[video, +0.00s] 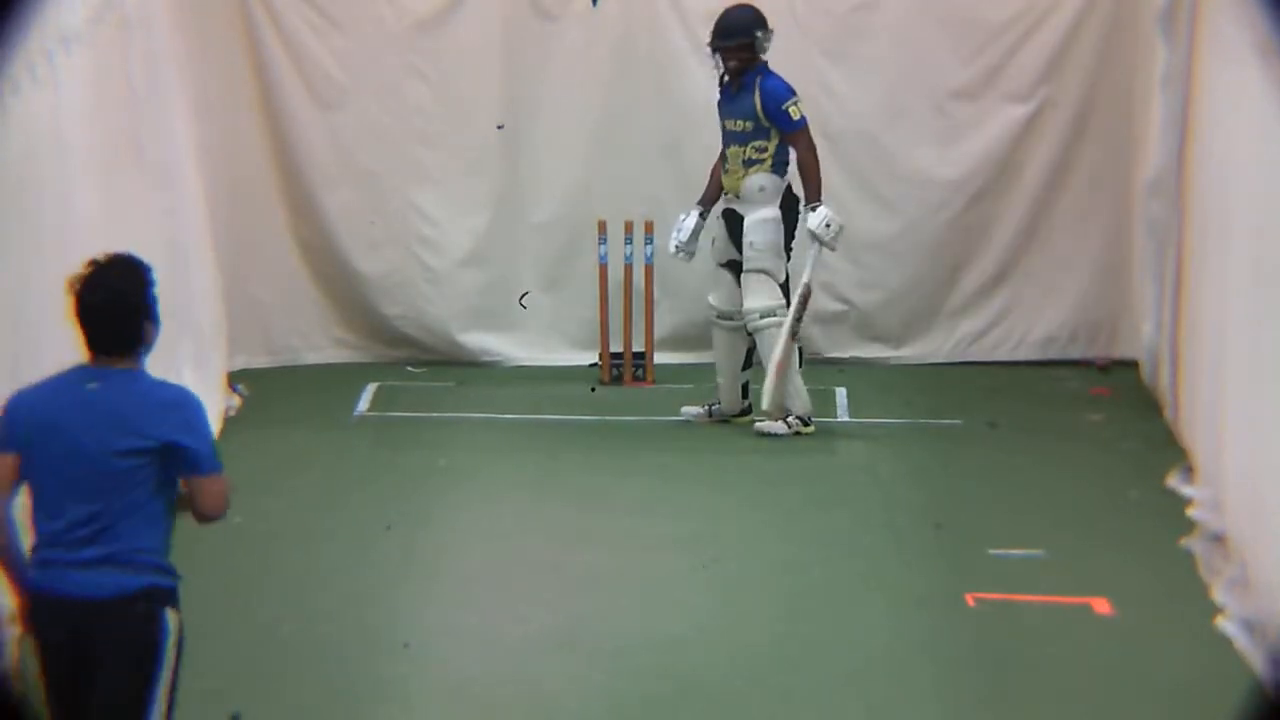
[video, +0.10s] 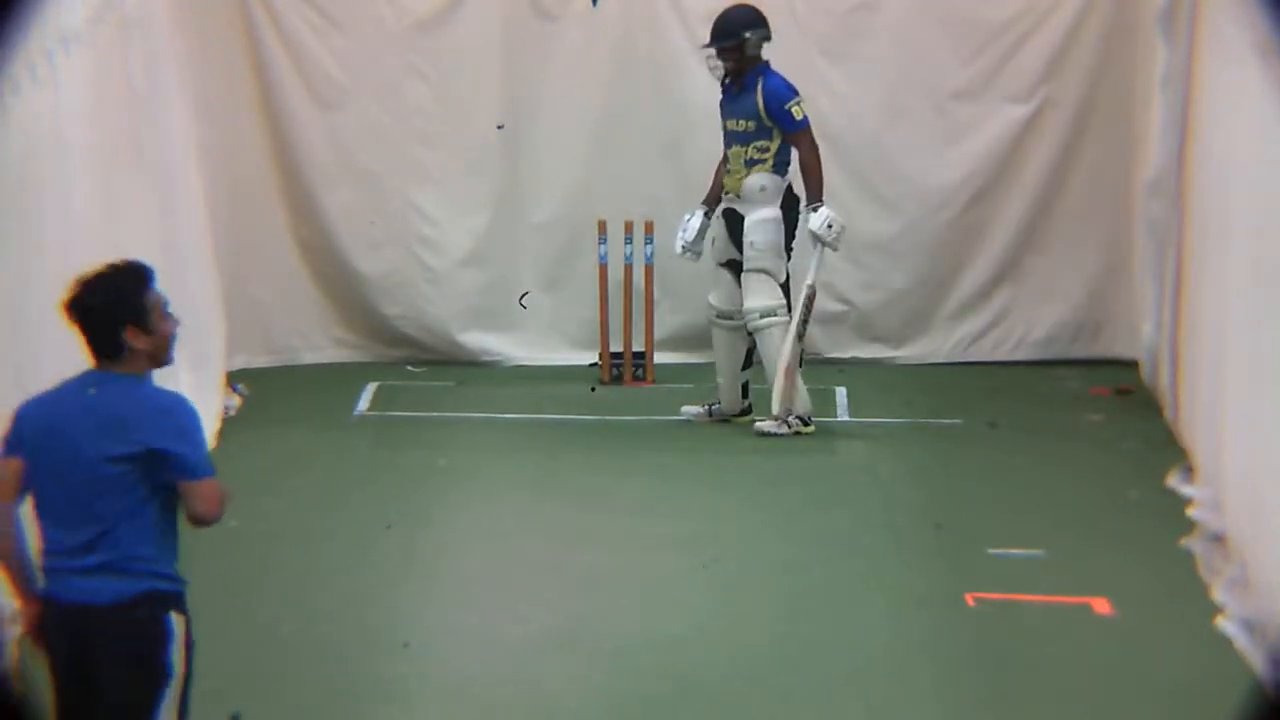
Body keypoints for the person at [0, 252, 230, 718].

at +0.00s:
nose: (157, 323)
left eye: (154, 310)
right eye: (155, 312)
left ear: (84, 323)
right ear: (147, 327)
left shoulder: (28, 406)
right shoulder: (173, 405)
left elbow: (2, 504)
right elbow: (211, 505)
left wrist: (23, 588)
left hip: (54, 610)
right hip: (138, 611)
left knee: (68, 710)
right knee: (138, 710)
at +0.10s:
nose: (175, 324)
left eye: (168, 311)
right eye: (164, 314)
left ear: (101, 338)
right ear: (133, 335)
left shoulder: (36, 414)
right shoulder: (166, 409)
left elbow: (3, 507)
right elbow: (205, 508)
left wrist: (27, 596)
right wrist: (175, 476)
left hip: (65, 619)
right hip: (142, 619)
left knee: (78, 711)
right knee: (153, 710)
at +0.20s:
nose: (175, 323)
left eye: (169, 310)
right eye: (158, 314)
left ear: (110, 331)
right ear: (111, 330)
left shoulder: (55, 411)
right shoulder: (158, 406)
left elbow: (37, 516)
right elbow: (184, 509)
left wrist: (48, 598)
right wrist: (202, 531)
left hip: (76, 616)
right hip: (147, 615)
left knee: (95, 710)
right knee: (183, 709)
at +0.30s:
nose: (169, 311)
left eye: (168, 298)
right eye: (151, 301)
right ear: (106, 318)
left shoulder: (83, 391)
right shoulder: (150, 396)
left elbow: (88, 497)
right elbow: (175, 502)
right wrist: (218, 551)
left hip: (87, 597)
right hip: (152, 596)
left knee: (104, 710)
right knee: (208, 708)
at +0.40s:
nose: (170, 308)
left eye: (172, 295)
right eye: (150, 298)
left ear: (178, 297)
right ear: (110, 315)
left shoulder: (107, 381)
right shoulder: (139, 388)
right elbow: (170, 496)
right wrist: (234, 552)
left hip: (106, 591)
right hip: (154, 592)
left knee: (113, 708)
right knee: (206, 709)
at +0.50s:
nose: (176, 310)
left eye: (179, 297)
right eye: (157, 299)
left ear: (187, 300)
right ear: (119, 316)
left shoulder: (143, 379)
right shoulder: (139, 388)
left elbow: (176, 478)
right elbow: (164, 495)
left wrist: (226, 512)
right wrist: (237, 558)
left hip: (120, 587)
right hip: (156, 590)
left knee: (119, 709)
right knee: (193, 709)